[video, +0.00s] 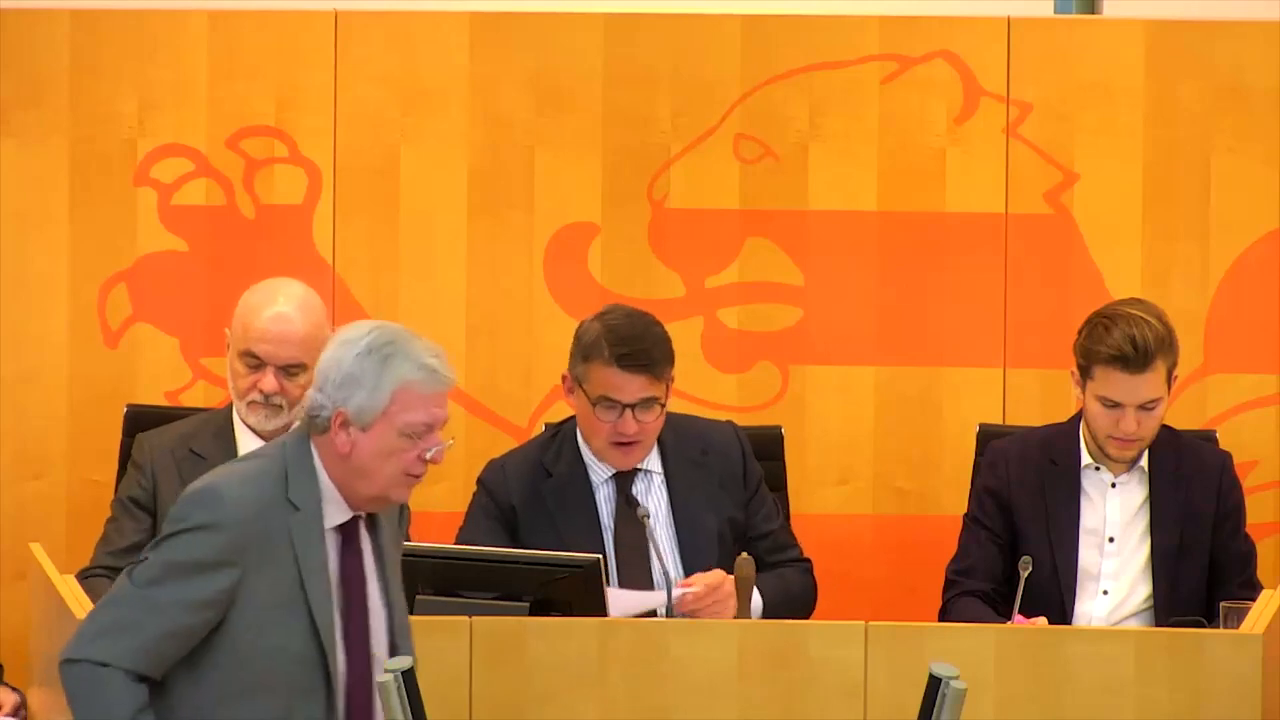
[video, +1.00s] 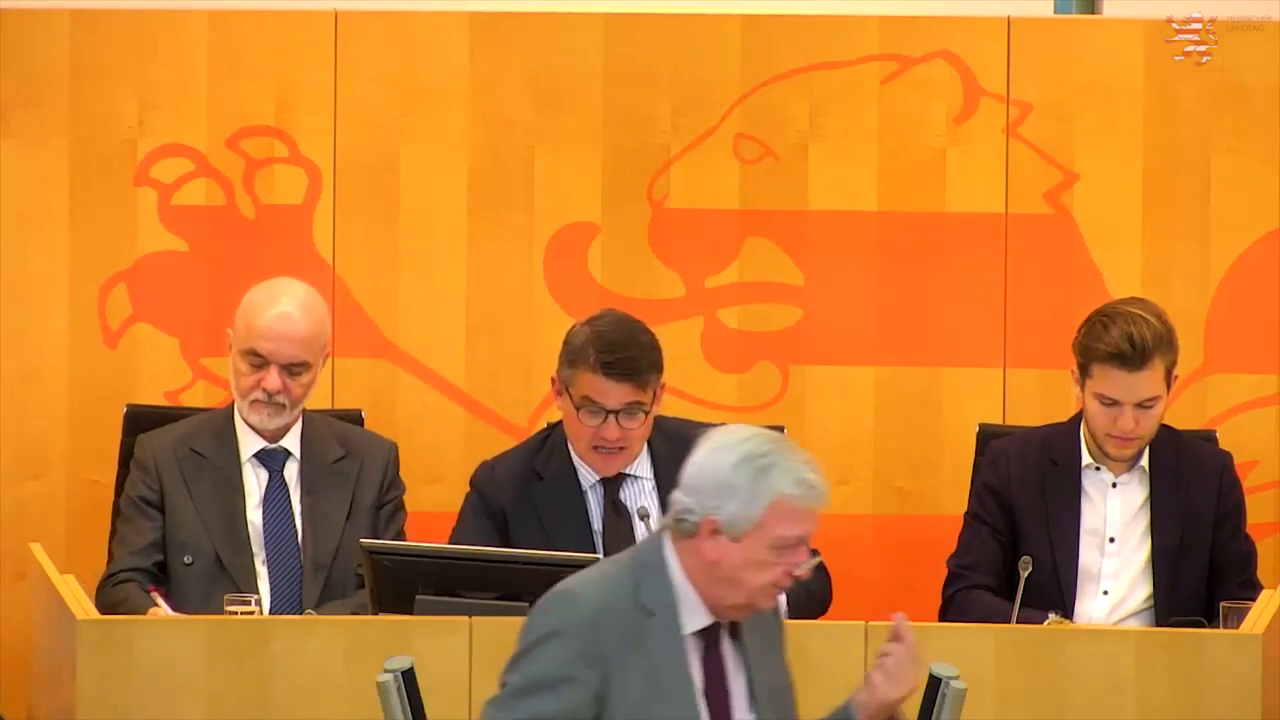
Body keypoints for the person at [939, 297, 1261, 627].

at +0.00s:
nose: (1128, 425)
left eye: (1148, 405)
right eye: (1110, 404)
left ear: (1171, 389)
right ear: (1078, 382)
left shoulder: (1209, 472)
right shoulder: (1011, 464)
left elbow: (1240, 605)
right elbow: (966, 597)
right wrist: (1000, 639)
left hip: (1166, 677)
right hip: (1038, 672)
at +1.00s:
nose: (1125, 423)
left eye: (1146, 404)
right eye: (1108, 402)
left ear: (1170, 389)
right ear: (1078, 381)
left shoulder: (1209, 472)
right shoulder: (1011, 464)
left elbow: (1240, 608)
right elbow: (962, 601)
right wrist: (1051, 631)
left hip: (1166, 676)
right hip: (1041, 672)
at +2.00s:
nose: (1100, 422)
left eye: (1123, 405)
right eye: (1086, 398)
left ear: (1155, 394)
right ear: (1066, 377)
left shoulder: (1199, 473)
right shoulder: (1003, 460)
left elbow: (1229, 607)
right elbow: (936, 593)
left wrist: (1121, 626)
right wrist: (963, 618)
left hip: (1151, 675)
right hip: (1026, 667)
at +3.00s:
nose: (1090, 434)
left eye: (1116, 422)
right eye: (1081, 407)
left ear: (1155, 411)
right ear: (1067, 381)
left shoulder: (1197, 475)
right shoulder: (1000, 460)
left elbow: (1239, 602)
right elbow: (941, 591)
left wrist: (1150, 641)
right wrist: (952, 633)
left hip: (1149, 678)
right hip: (1023, 670)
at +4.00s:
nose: (1094, 443)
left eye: (1121, 434)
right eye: (1086, 417)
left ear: (1160, 420)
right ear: (1074, 385)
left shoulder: (1197, 476)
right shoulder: (1000, 459)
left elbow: (1238, 600)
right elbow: (945, 586)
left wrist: (1164, 644)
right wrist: (956, 645)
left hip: (1147, 678)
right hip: (1022, 670)